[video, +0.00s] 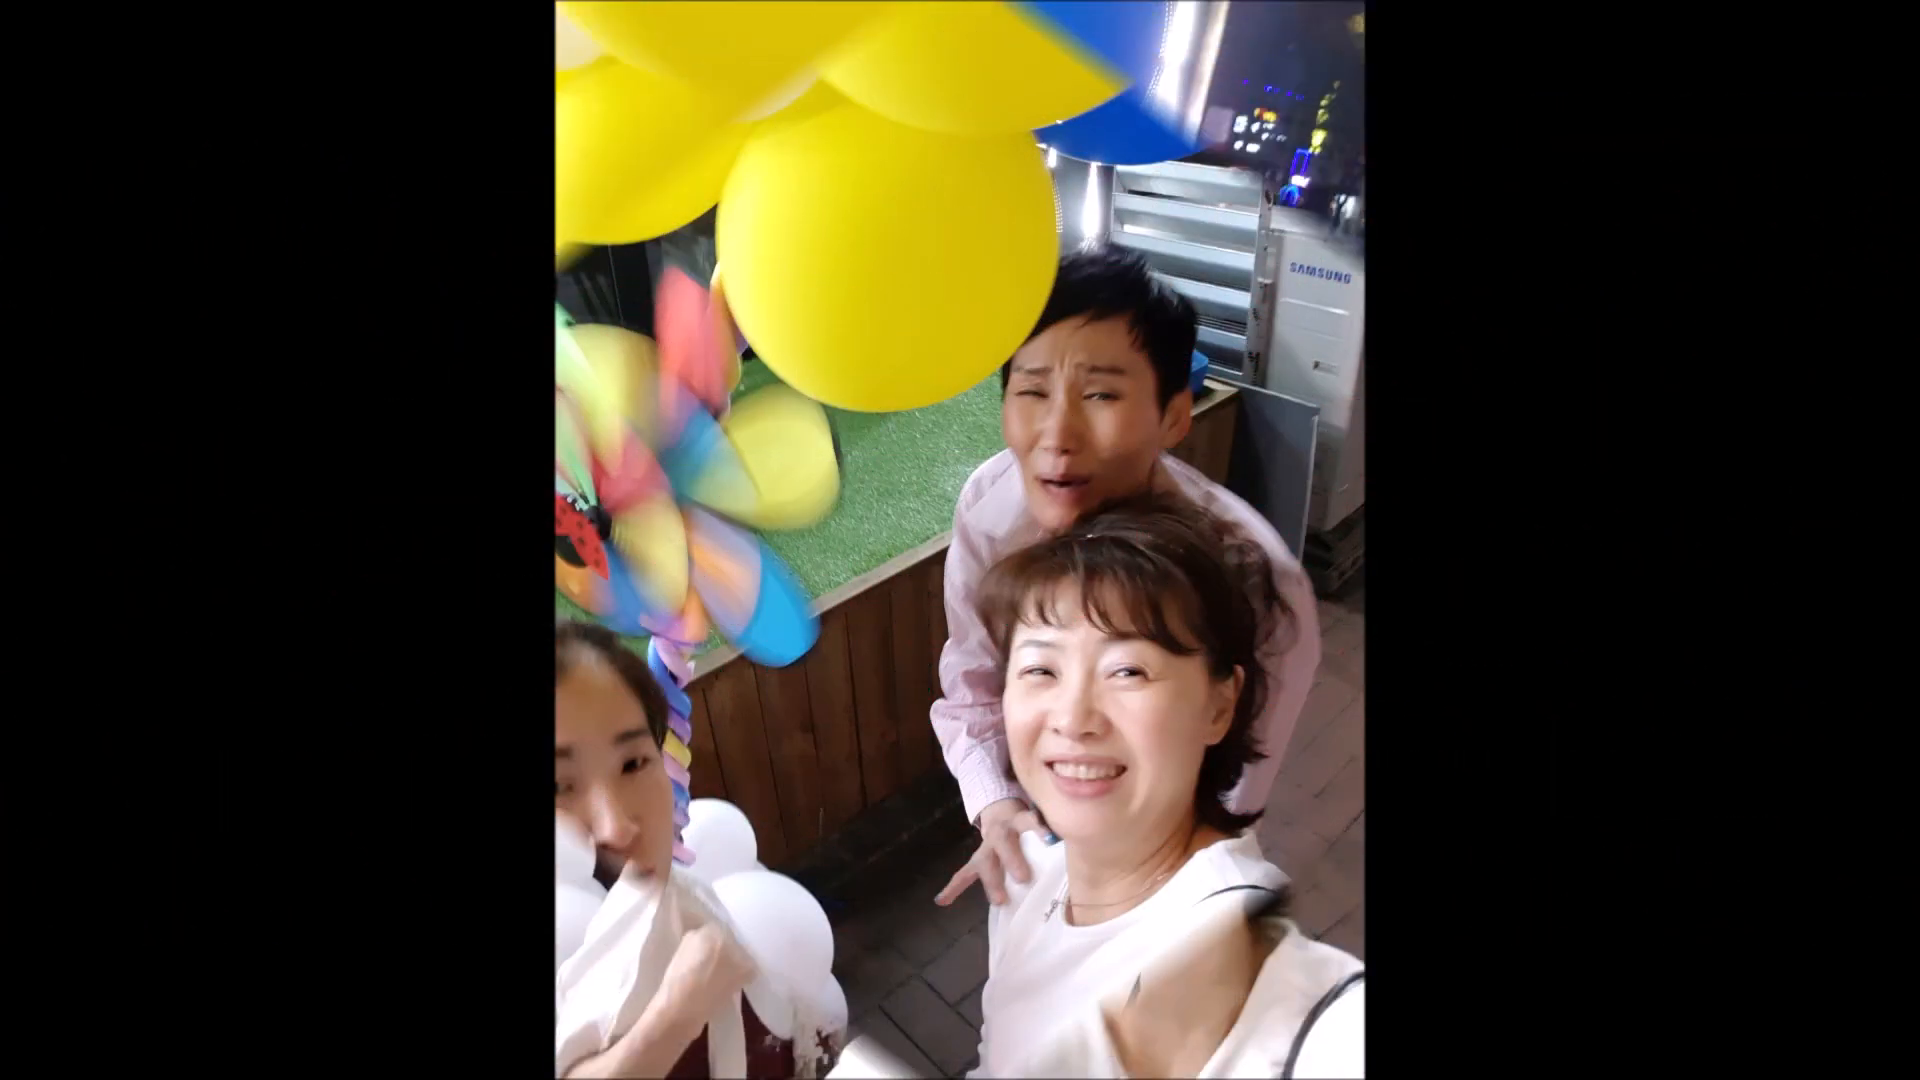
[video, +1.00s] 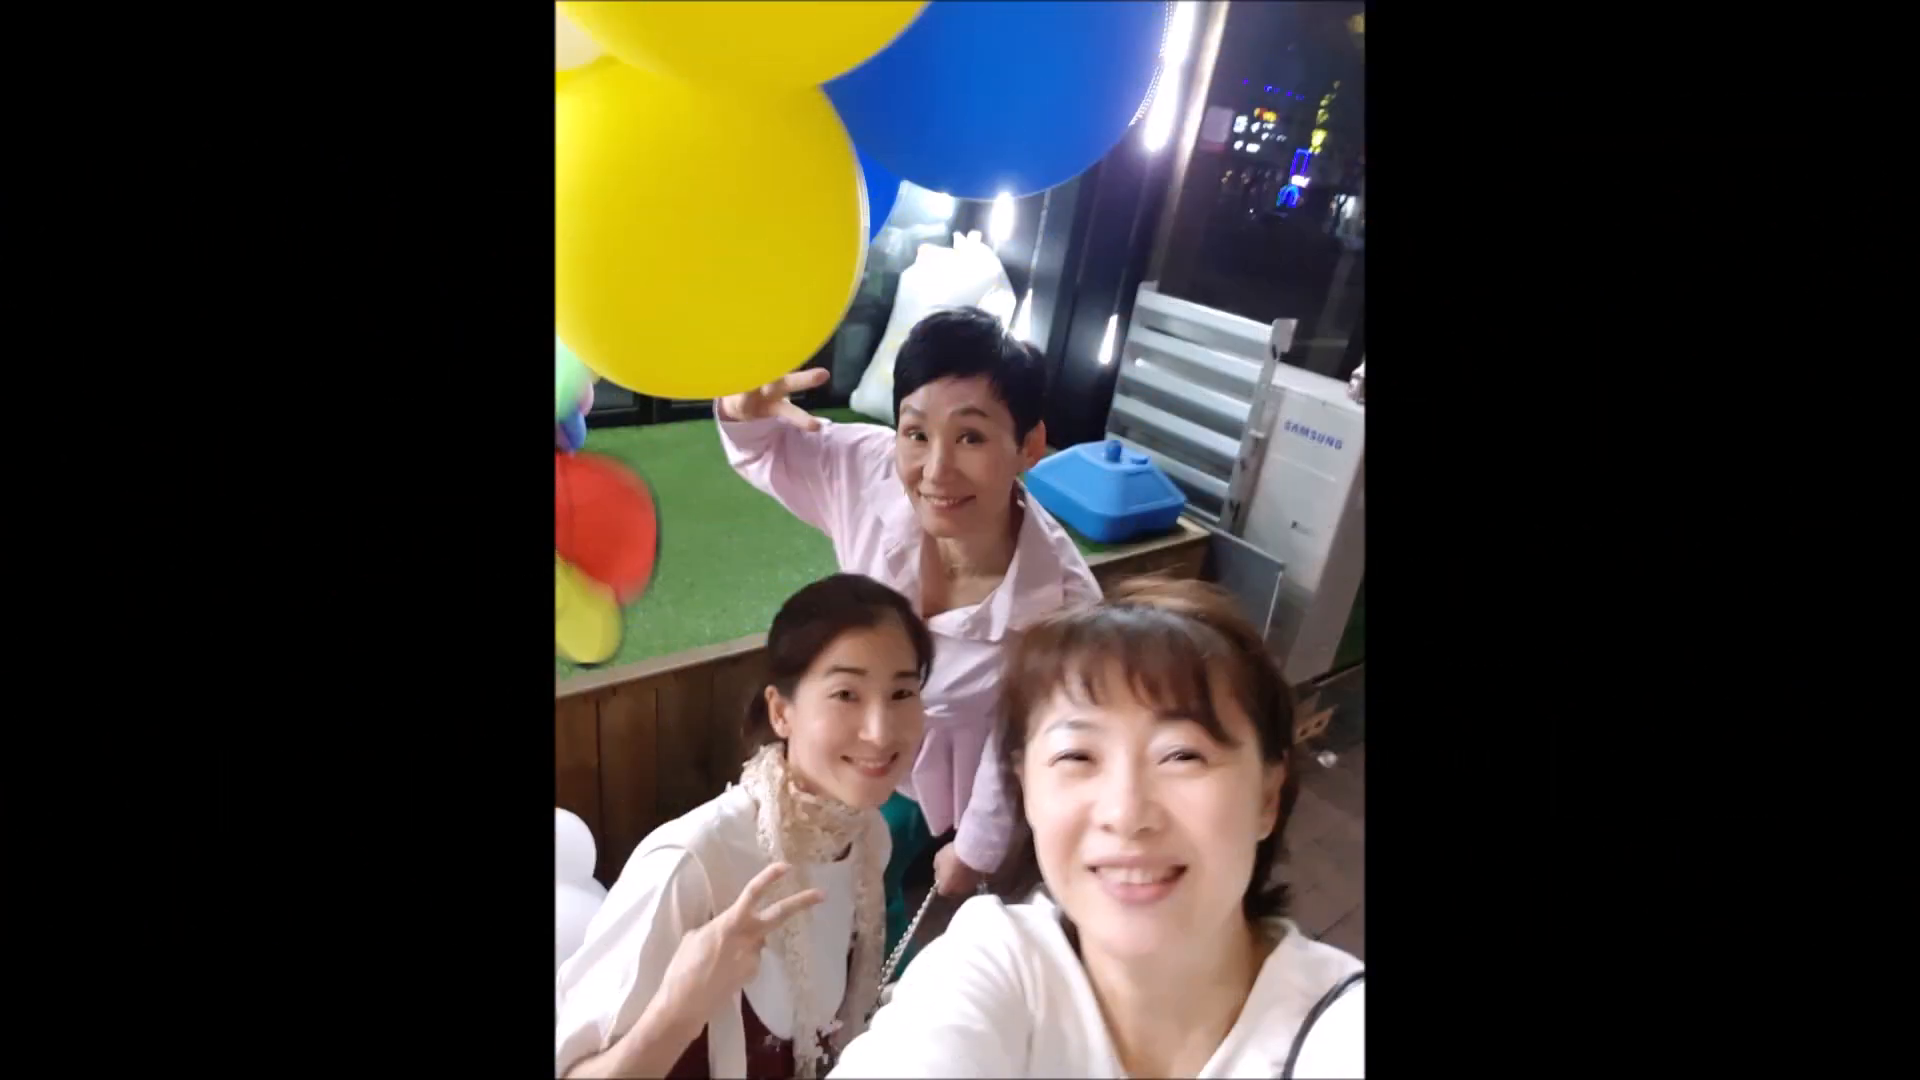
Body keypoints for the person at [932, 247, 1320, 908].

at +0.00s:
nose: (1057, 435)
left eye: (1101, 396)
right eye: (1033, 393)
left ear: (1174, 420)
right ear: (1004, 407)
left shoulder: (1253, 576)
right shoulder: (990, 504)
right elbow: (967, 677)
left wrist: (1224, 818)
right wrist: (992, 802)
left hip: (1177, 818)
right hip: (1040, 806)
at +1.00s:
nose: (937, 469)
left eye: (971, 438)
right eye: (917, 435)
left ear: (1030, 448)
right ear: (895, 434)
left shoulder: (1058, 604)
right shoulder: (869, 470)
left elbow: (1023, 756)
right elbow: (771, 446)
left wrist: (973, 855)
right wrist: (749, 410)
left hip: (951, 818)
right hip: (844, 773)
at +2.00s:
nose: (956, 495)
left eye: (964, 487)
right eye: (948, 488)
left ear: (977, 494)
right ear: (937, 495)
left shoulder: (996, 544)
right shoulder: (920, 549)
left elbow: (1018, 600)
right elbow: (909, 614)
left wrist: (1008, 637)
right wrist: (900, 669)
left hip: (992, 670)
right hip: (942, 670)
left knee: (990, 758)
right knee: (935, 763)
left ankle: (983, 837)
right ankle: (943, 856)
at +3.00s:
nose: (974, 491)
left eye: (981, 484)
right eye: (965, 485)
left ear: (992, 491)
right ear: (954, 493)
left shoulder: (1012, 541)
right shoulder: (940, 545)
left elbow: (1044, 592)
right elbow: (933, 607)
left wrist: (1072, 637)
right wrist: (961, 603)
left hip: (994, 667)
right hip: (945, 662)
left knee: (985, 756)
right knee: (915, 747)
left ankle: (977, 842)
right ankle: (881, 829)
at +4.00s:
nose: (1023, 490)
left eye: (1030, 483)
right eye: (1015, 484)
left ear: (1041, 492)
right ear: (1002, 493)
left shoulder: (1058, 541)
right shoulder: (987, 540)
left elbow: (1082, 591)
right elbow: (998, 594)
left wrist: (1101, 633)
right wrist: (1052, 601)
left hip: (1040, 666)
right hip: (995, 664)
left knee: (1017, 753)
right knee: (1002, 754)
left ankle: (984, 837)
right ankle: (1039, 823)